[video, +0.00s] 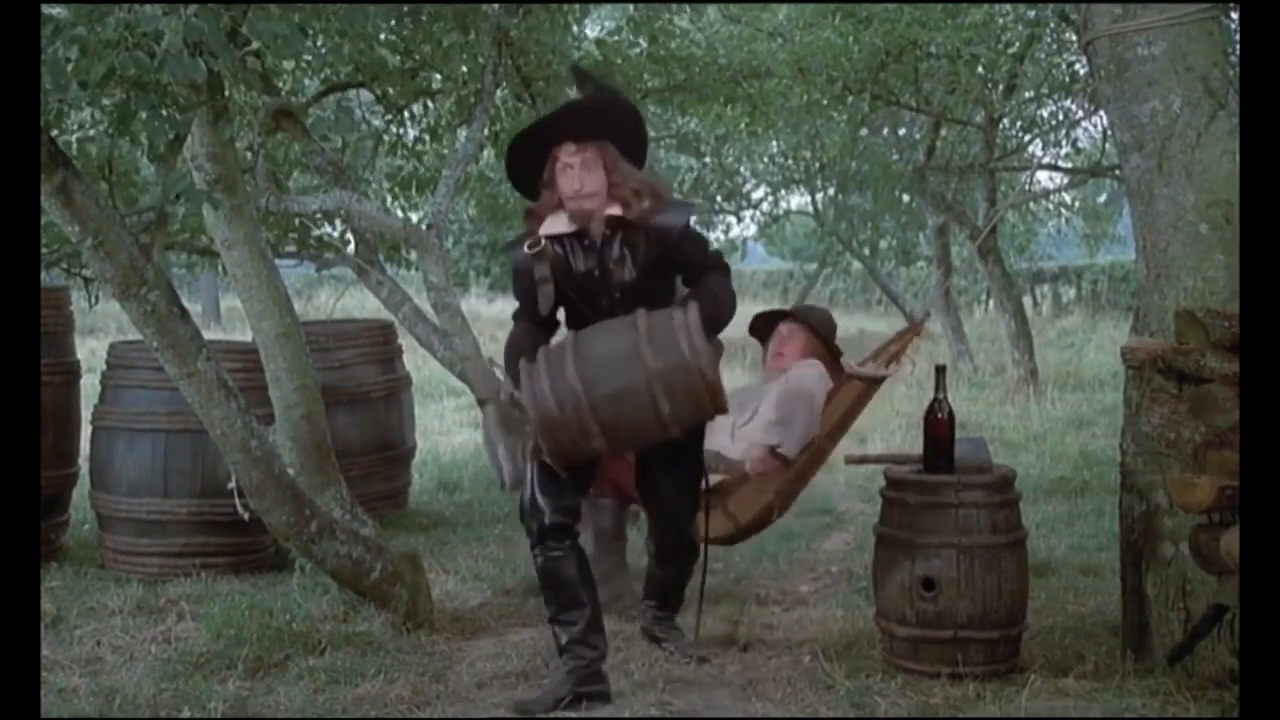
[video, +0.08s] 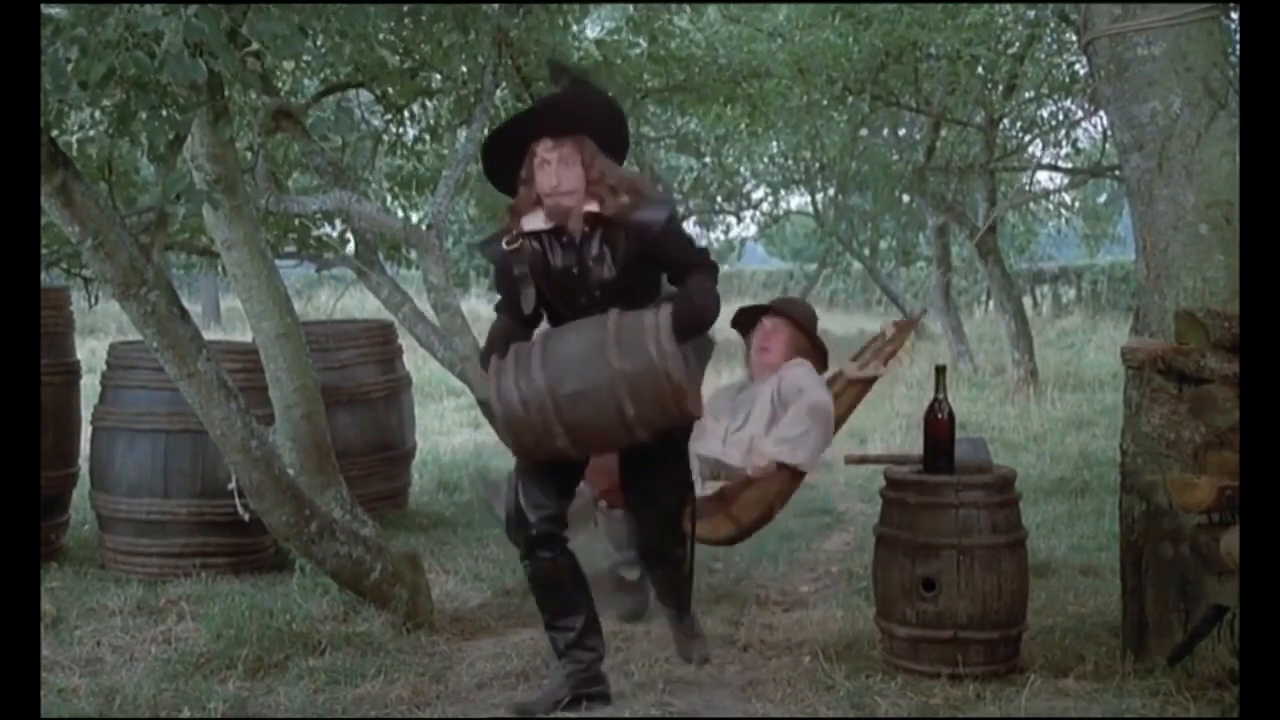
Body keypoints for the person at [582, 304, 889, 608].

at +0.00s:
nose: (778, 342)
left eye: (791, 335)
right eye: (775, 336)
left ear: (815, 347)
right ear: (766, 348)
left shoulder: (811, 372)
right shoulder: (755, 392)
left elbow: (800, 406)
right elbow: (716, 425)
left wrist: (780, 451)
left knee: (608, 466)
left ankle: (606, 571)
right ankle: (605, 571)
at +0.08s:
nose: (764, 334)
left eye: (777, 328)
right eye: (760, 327)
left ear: (800, 343)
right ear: (750, 339)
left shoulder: (796, 374)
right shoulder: (727, 395)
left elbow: (816, 410)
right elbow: (699, 441)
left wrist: (772, 455)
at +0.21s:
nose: (736, 330)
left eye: (749, 324)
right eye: (730, 321)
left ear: (770, 341)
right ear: (717, 332)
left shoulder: (772, 374)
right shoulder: (709, 384)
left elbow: (809, 403)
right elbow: (678, 433)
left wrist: (780, 467)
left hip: (720, 496)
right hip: (675, 482)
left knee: (609, 469)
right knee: (594, 459)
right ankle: (555, 550)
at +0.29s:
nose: (719, 325)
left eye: (732, 319)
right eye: (713, 317)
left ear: (752, 334)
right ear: (701, 329)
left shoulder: (759, 369)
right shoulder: (698, 372)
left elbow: (808, 398)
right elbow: (676, 422)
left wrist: (786, 464)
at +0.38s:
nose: (693, 325)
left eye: (705, 317)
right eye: (685, 317)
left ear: (727, 331)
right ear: (674, 331)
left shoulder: (736, 365)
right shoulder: (681, 384)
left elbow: (799, 395)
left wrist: (790, 464)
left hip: (723, 485)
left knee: (639, 495)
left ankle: (641, 600)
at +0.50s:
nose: (652, 337)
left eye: (661, 324)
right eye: (647, 329)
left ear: (690, 321)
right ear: (640, 334)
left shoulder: (710, 364)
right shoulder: (674, 375)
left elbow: (776, 397)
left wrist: (793, 465)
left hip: (723, 492)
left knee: (653, 497)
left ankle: (643, 594)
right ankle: (609, 569)